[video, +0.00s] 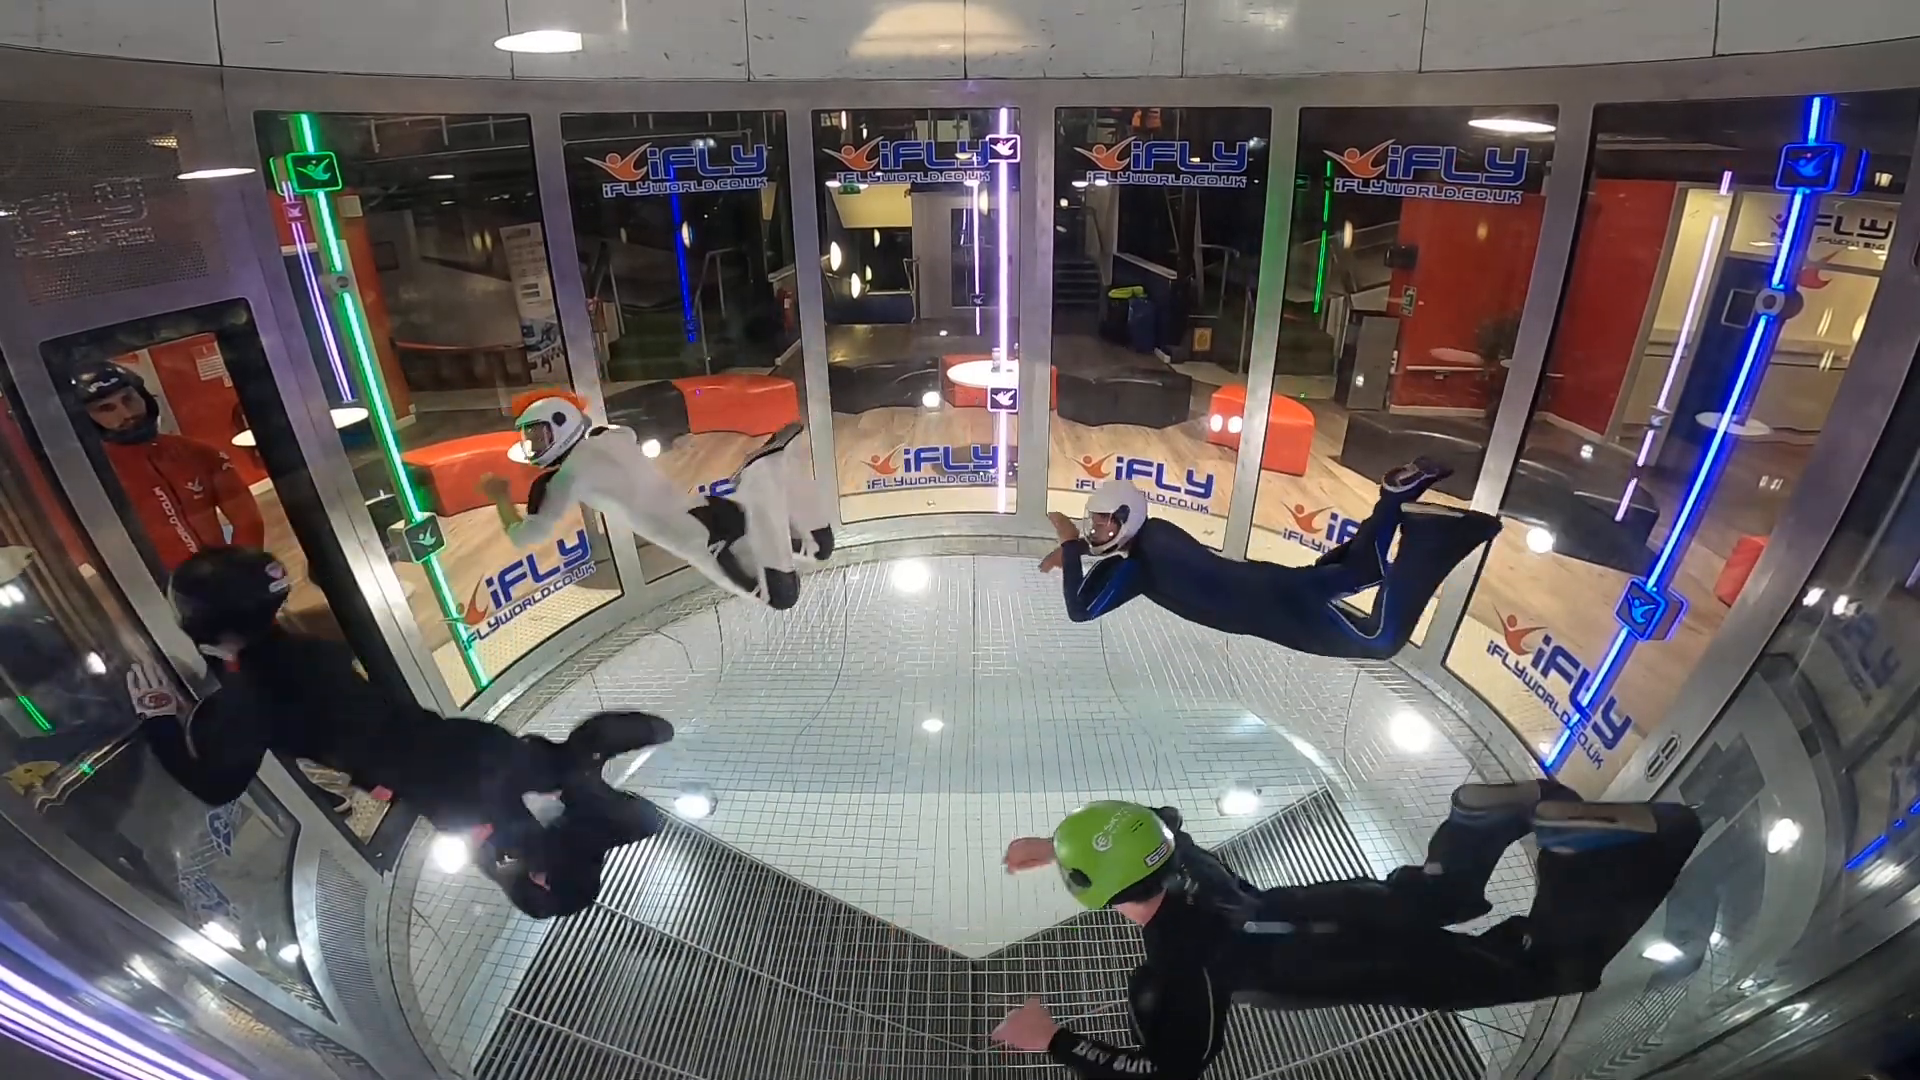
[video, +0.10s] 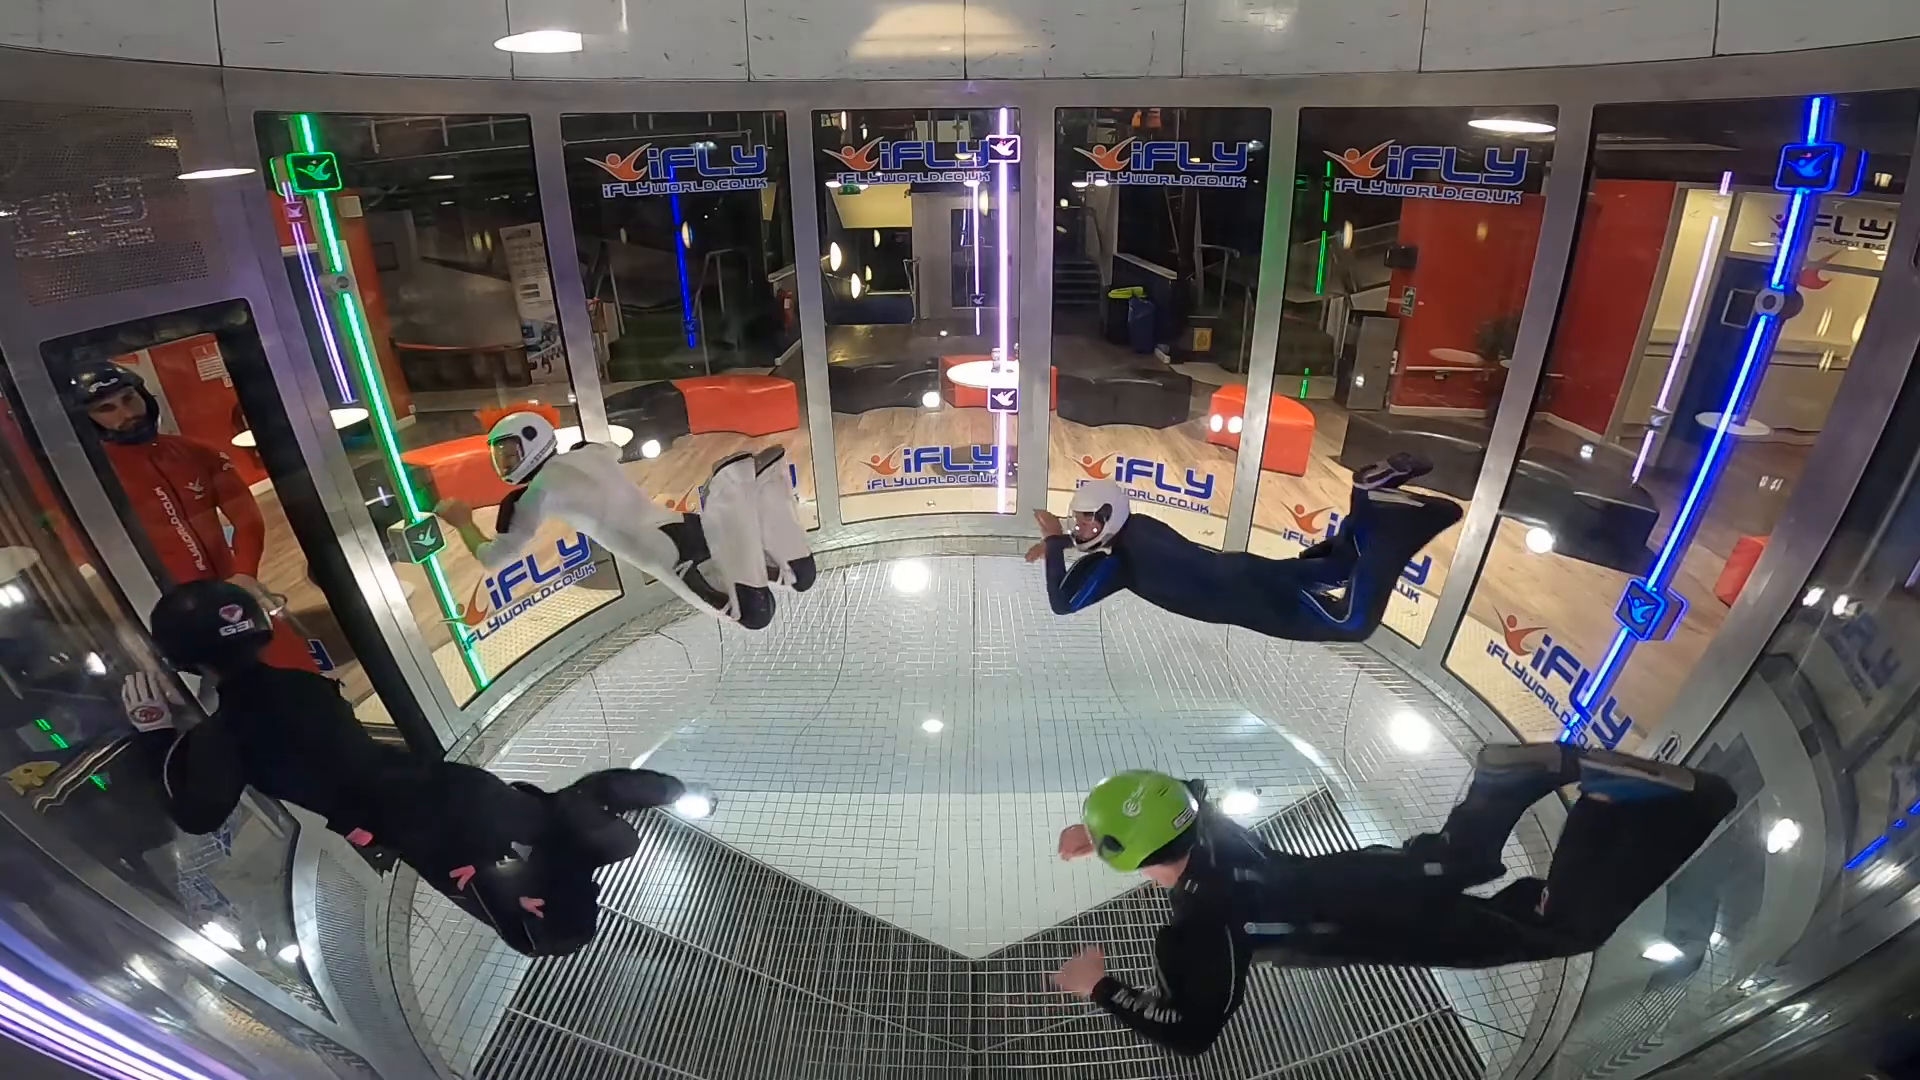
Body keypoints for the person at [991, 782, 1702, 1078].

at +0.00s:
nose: (1113, 908)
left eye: (1112, 902)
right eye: (1110, 895)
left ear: (1130, 903)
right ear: (1151, 860)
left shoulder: (1175, 961)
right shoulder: (1185, 860)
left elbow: (1169, 1067)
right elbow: (1136, 831)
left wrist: (1059, 1041)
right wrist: (1063, 848)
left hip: (1391, 963)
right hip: (1375, 896)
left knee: (1540, 969)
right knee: (1455, 892)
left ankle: (1606, 863)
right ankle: (1494, 812)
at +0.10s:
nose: (1127, 864)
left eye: (1130, 857)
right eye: (1128, 849)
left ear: (1158, 862)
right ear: (1180, 819)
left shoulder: (1200, 919)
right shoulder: (1207, 824)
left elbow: (1194, 1034)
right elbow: (1162, 817)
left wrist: (1104, 992)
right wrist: (1099, 834)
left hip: (1413, 918)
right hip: (1393, 861)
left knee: (1567, 926)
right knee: (1468, 846)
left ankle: (1624, 809)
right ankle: (1533, 769)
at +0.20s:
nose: (1144, 820)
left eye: (1147, 814)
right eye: (1142, 807)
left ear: (1175, 820)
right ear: (1199, 786)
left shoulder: (1216, 879)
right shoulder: (1225, 788)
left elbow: (1216, 988)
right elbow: (1183, 775)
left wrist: (1143, 942)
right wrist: (1130, 798)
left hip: (1413, 887)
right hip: (1395, 829)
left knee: (1567, 891)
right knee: (1483, 811)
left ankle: (1629, 780)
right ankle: (1546, 728)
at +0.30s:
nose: (1168, 790)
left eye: (1170, 782)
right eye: (1161, 778)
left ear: (1194, 787)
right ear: (1219, 752)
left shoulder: (1230, 846)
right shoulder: (1247, 756)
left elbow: (1216, 946)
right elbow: (1213, 739)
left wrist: (1168, 888)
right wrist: (1157, 762)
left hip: (1411, 853)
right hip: (1401, 794)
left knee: (1566, 854)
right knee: (1498, 774)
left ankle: (1642, 750)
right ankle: (1565, 687)